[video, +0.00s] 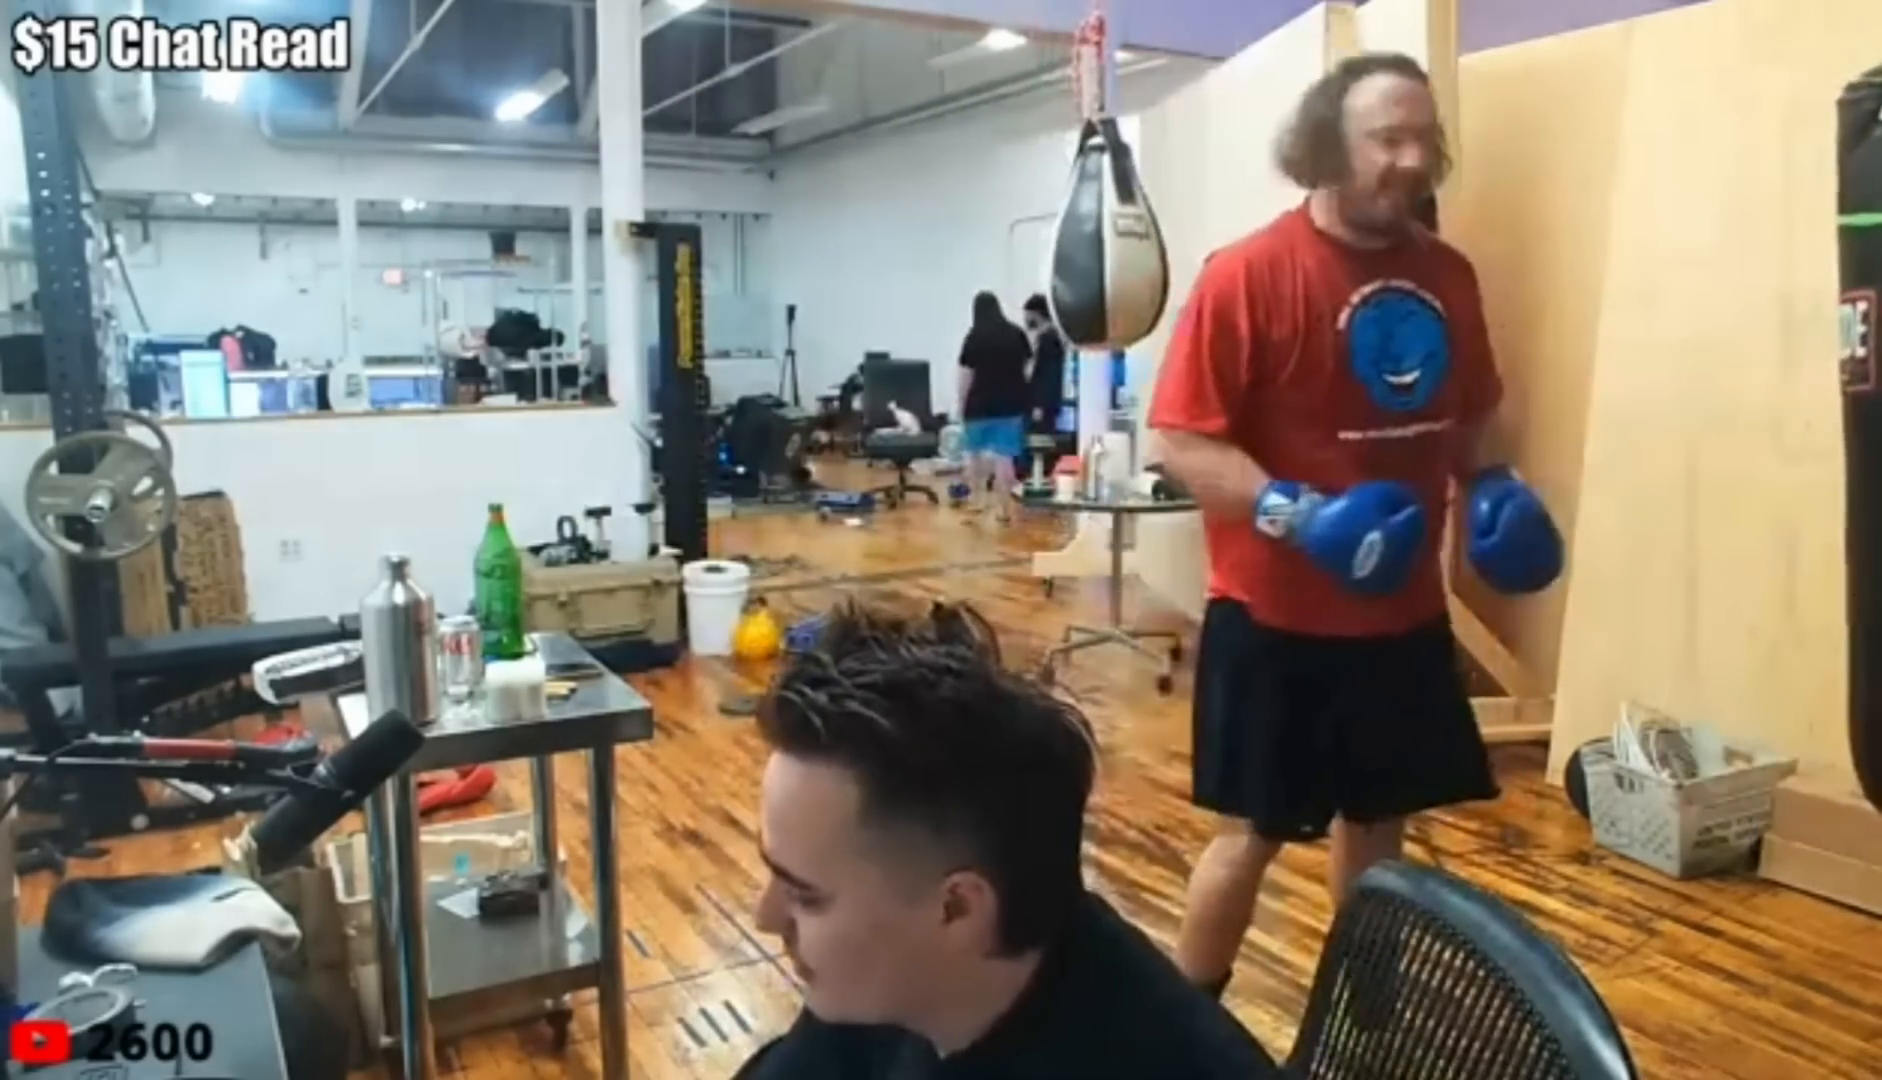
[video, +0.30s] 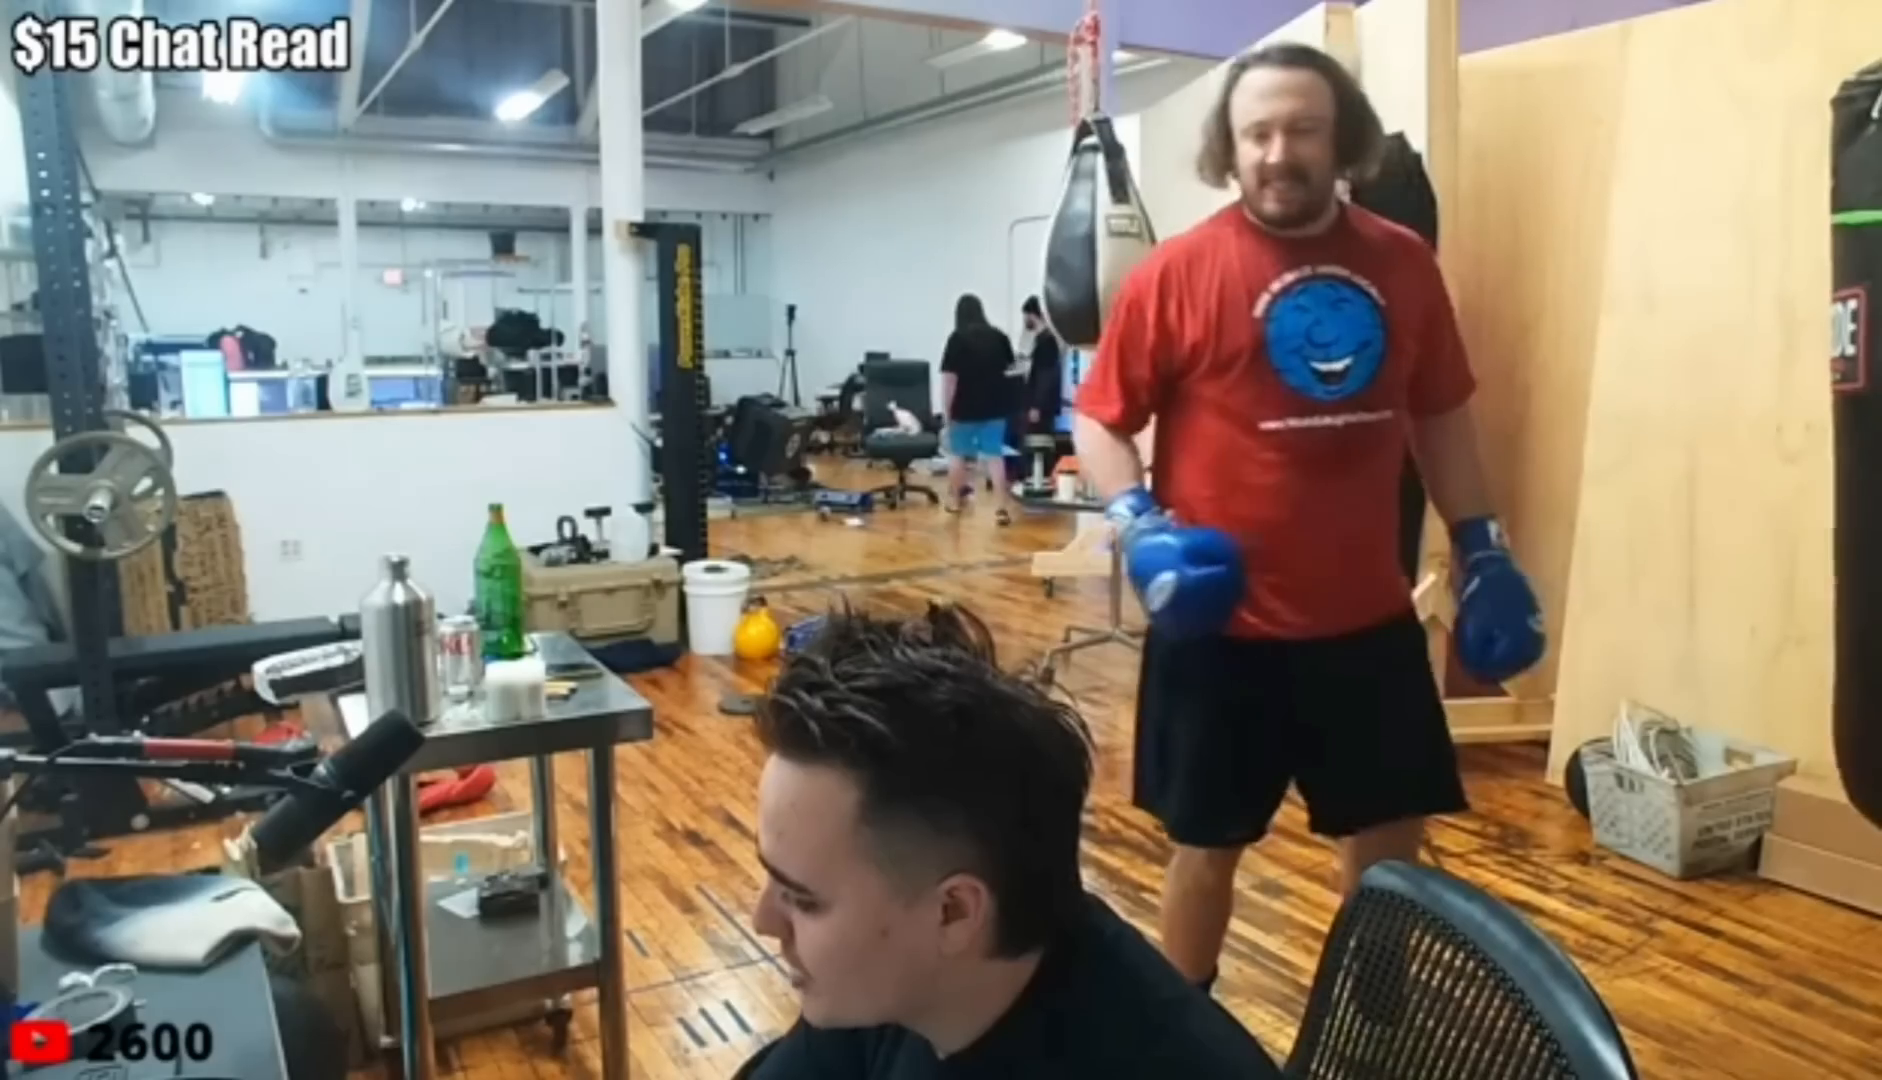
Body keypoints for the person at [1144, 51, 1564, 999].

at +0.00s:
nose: (1416, 160)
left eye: (1429, 139)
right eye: (1390, 139)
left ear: (1441, 148)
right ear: (1327, 149)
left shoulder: (1447, 276)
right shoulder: (1247, 277)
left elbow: (1475, 412)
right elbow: (1179, 441)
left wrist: (1494, 484)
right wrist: (1299, 513)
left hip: (1400, 623)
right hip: (1275, 626)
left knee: (1375, 833)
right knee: (1250, 837)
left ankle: (1367, 1025)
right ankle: (1184, 1023)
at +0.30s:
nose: (1279, 154)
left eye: (1303, 131)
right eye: (1257, 132)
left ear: (1345, 146)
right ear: (1227, 146)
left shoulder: (1401, 264)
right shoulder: (1173, 278)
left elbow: (1442, 417)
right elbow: (1099, 423)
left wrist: (1483, 555)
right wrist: (1137, 529)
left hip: (1364, 628)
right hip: (1219, 633)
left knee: (1390, 847)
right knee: (1203, 856)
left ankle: (1379, 1040)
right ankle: (1179, 1042)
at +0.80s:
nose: (1262, 132)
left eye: (1286, 107)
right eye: (1238, 115)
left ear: (1333, 128)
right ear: (1213, 142)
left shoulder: (1389, 259)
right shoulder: (1164, 270)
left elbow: (1433, 418)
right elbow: (1055, 400)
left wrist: (1500, 555)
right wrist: (1022, 519)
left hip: (1358, 638)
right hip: (1205, 642)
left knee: (1343, 873)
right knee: (1195, 884)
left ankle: (1328, 1054)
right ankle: (1170, 1055)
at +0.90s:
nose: (1267, 129)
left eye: (1290, 105)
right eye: (1243, 113)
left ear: (1340, 127)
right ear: (1219, 144)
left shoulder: (1397, 261)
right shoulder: (1170, 273)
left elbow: (1449, 421)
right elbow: (1056, 396)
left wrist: (1528, 553)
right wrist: (977, 476)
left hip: (1363, 646)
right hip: (1215, 652)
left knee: (1342, 891)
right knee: (1195, 919)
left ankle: (1327, 1053)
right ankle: (1157, 1061)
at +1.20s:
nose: (1200, 131)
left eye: (1222, 104)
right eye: (1176, 118)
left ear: (1278, 116)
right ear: (1156, 148)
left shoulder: (1355, 248)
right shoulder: (1130, 274)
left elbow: (1417, 398)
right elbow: (1002, 367)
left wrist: (1521, 518)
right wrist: (882, 353)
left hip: (1350, 646)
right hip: (1194, 659)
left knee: (1327, 874)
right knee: (1150, 903)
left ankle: (1314, 1044)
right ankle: (1097, 1048)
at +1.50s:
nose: (1087, 124)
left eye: (1107, 94)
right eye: (1059, 110)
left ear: (1159, 106)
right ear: (1032, 142)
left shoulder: (1235, 248)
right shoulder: (1003, 281)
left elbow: (1294, 403)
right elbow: (878, 388)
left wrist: (1383, 533)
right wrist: (760, 365)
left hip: (1247, 661)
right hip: (1087, 682)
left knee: (1290, 899)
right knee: (1082, 945)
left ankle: (1311, 1054)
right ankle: (1071, 1075)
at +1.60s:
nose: (1052, 115)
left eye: (1073, 85)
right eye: (1024, 100)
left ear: (1128, 98)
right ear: (998, 131)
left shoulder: (1203, 239)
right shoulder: (966, 277)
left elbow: (1258, 395)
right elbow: (841, 390)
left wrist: (1349, 531)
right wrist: (727, 360)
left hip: (1221, 651)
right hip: (1060, 679)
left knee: (1271, 881)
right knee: (1044, 937)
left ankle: (1294, 1062)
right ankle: (1033, 1079)